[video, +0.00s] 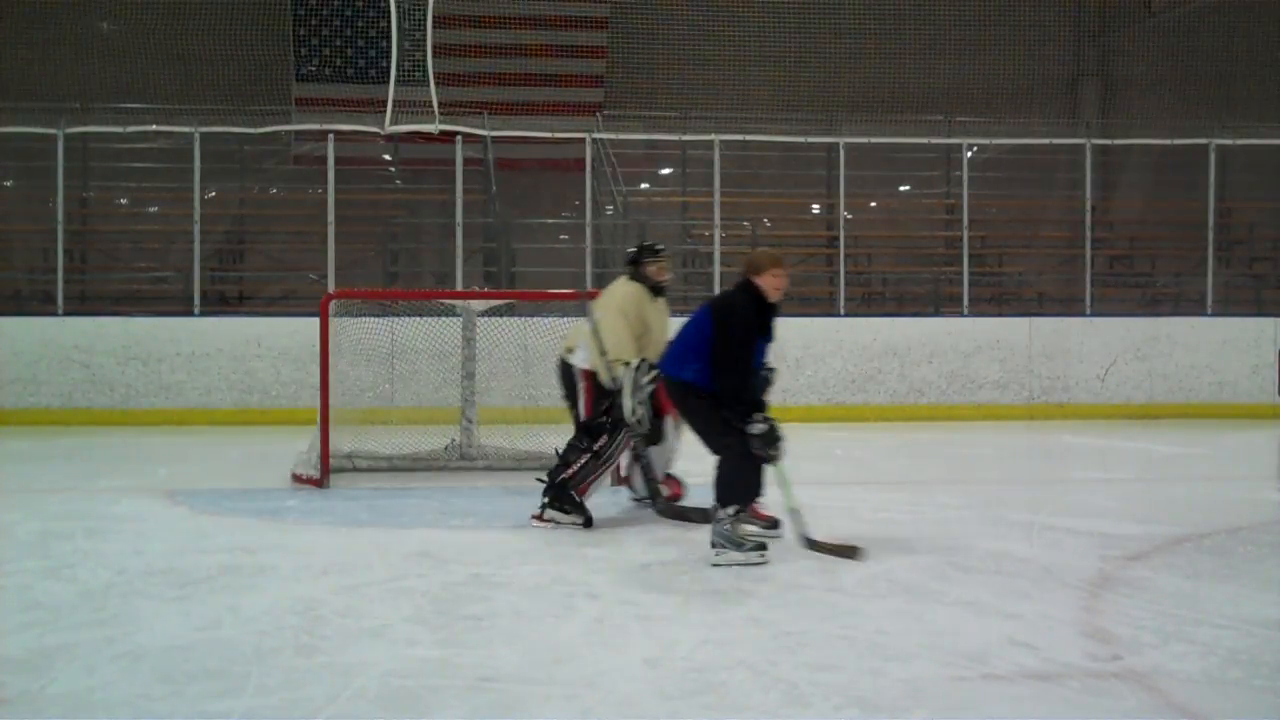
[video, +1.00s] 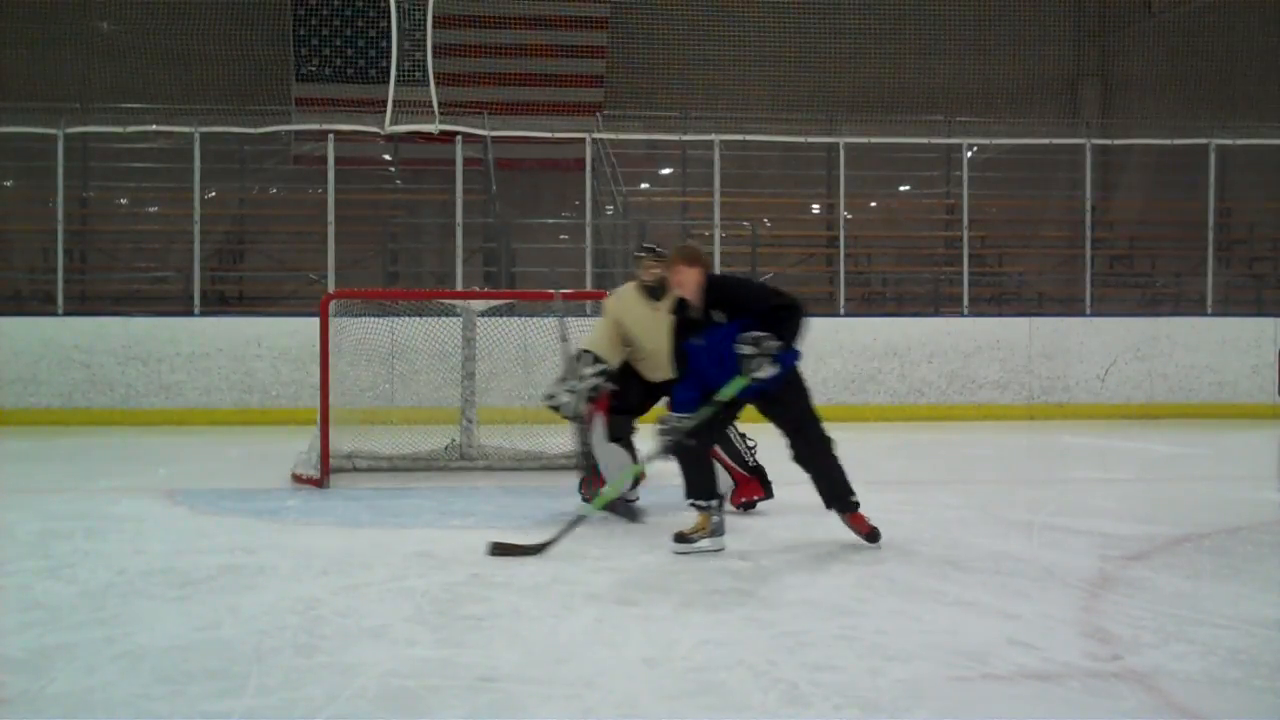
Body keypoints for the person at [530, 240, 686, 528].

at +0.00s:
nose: (663, 270)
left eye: (665, 264)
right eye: (655, 265)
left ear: (666, 268)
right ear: (639, 269)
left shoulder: (657, 302)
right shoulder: (623, 292)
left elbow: (657, 348)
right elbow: (617, 339)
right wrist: (631, 379)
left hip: (615, 371)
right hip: (582, 363)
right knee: (593, 433)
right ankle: (560, 494)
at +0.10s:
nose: (689, 267)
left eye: (691, 261)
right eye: (682, 261)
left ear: (691, 265)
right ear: (667, 264)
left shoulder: (683, 295)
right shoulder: (649, 289)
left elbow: (683, 343)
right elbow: (644, 338)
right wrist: (653, 377)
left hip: (658, 370)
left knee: (684, 426)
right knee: (611, 435)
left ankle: (682, 486)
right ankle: (571, 489)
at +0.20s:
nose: (714, 262)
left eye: (716, 256)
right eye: (707, 256)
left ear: (718, 261)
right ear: (690, 260)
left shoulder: (709, 294)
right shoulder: (669, 285)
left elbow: (708, 340)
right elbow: (663, 334)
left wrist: (716, 373)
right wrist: (668, 375)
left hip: (677, 360)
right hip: (635, 352)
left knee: (708, 412)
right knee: (632, 420)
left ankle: (707, 482)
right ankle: (589, 484)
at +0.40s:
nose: (742, 269)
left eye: (746, 264)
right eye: (736, 262)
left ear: (750, 267)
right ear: (720, 262)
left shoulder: (742, 294)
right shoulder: (697, 287)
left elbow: (745, 340)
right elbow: (682, 339)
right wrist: (686, 386)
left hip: (709, 366)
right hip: (659, 360)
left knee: (732, 420)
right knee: (652, 422)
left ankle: (731, 490)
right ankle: (616, 488)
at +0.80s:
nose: (710, 273)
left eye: (716, 267)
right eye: (704, 267)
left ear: (726, 269)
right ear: (693, 269)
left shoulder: (740, 295)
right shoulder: (673, 296)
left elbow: (754, 338)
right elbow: (659, 340)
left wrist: (752, 379)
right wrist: (658, 382)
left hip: (717, 369)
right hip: (670, 366)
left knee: (727, 423)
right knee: (641, 413)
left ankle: (746, 481)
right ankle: (627, 481)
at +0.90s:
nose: (683, 273)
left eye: (689, 267)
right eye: (677, 267)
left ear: (701, 270)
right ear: (669, 269)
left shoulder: (715, 297)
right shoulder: (650, 298)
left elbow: (732, 339)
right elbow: (633, 340)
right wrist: (623, 375)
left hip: (701, 374)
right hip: (659, 374)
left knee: (707, 431)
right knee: (635, 422)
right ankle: (629, 483)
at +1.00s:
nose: (653, 274)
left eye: (658, 268)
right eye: (647, 268)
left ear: (669, 269)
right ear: (637, 270)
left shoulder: (686, 297)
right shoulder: (620, 303)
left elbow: (712, 333)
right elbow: (604, 343)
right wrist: (586, 375)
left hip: (687, 375)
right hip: (644, 377)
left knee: (707, 426)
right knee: (612, 416)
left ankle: (748, 479)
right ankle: (623, 479)